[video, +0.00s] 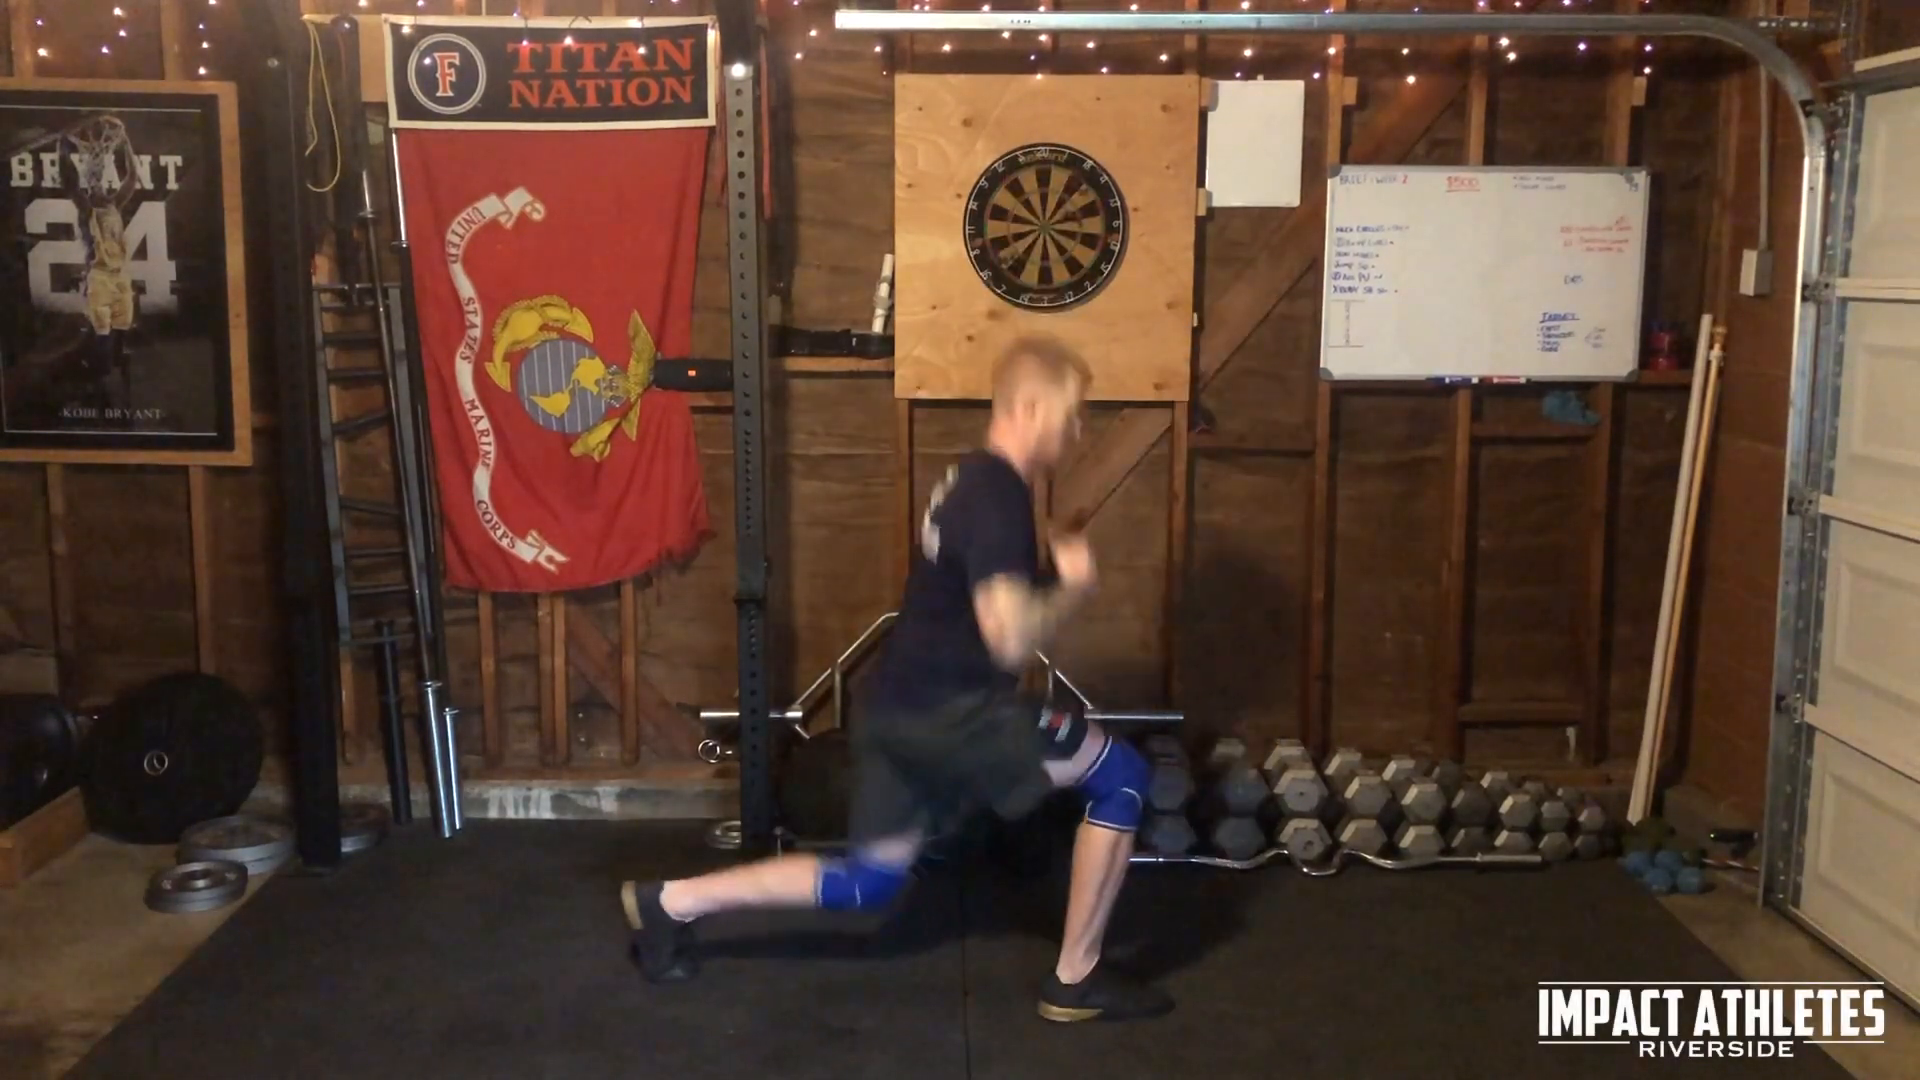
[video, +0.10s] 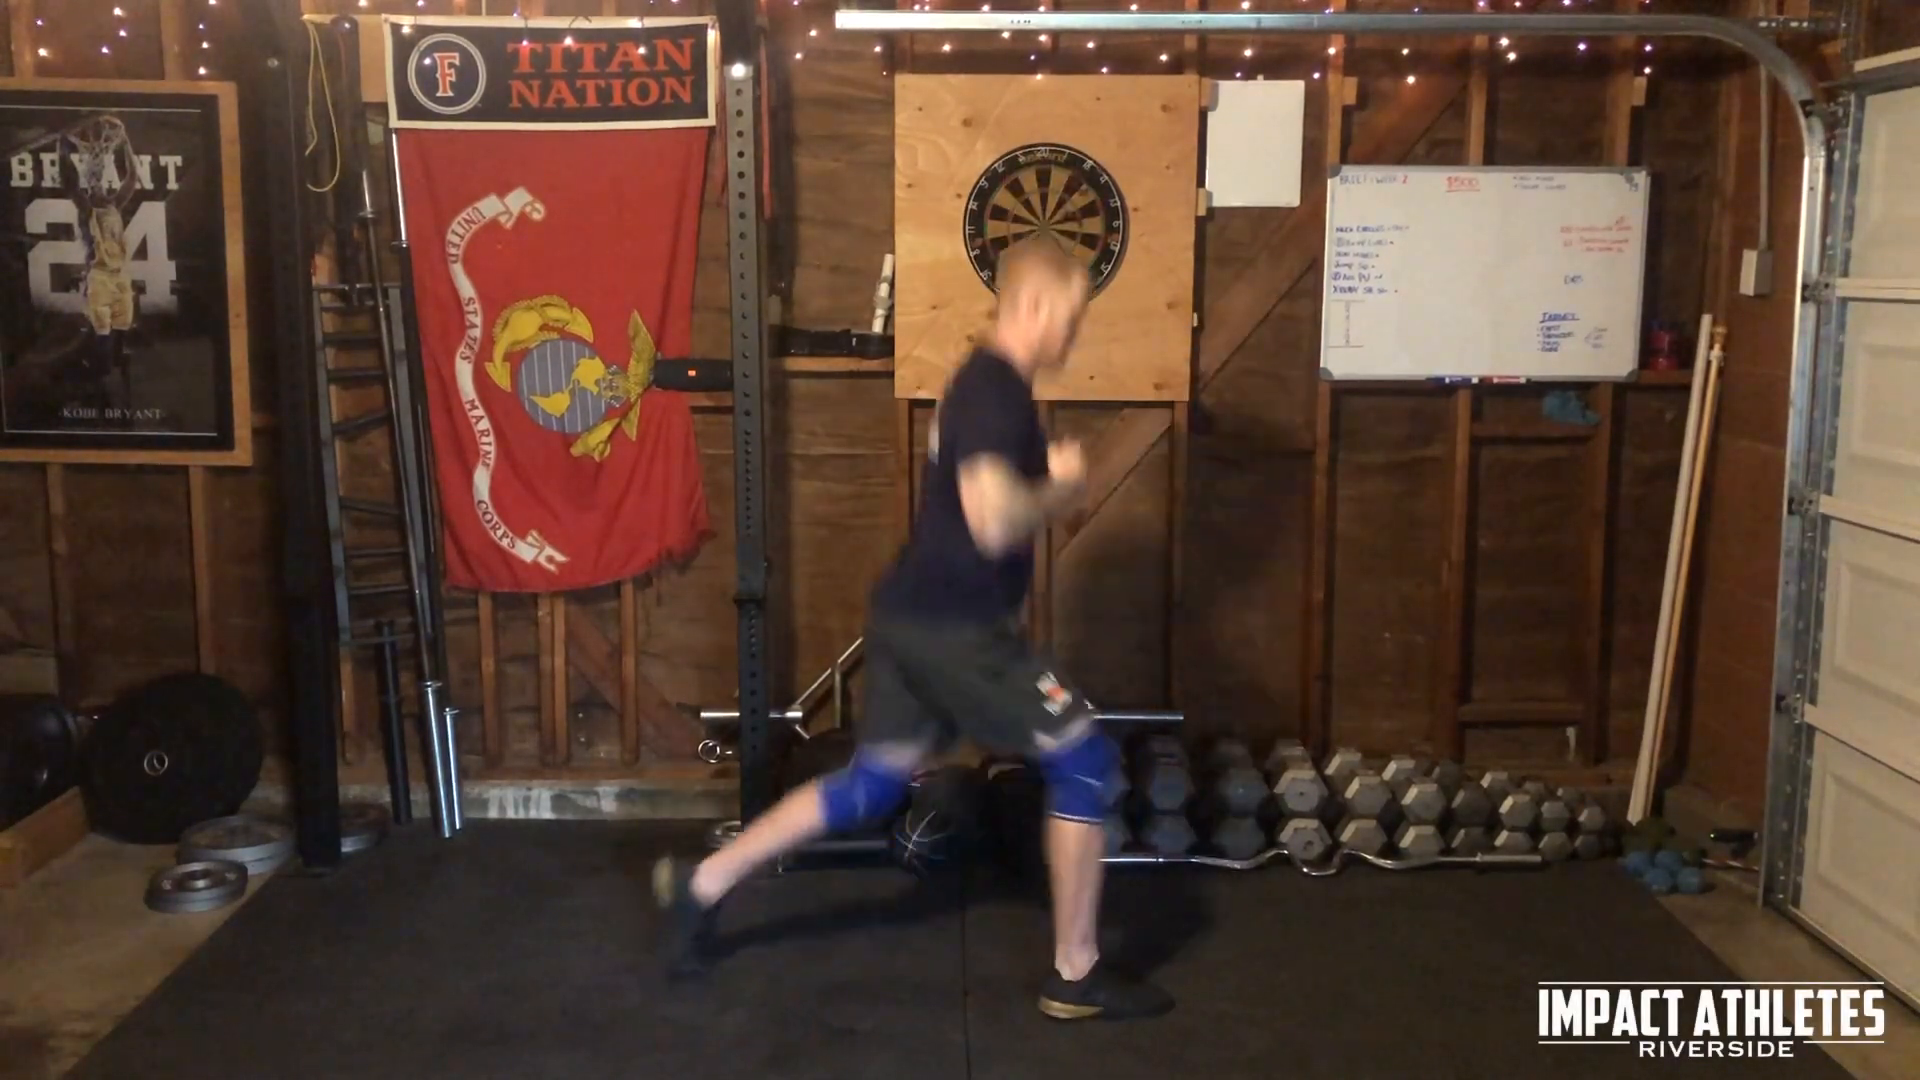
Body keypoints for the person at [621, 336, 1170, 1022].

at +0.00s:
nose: (1077, 428)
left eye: (1078, 411)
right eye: (1072, 410)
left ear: (1015, 406)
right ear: (1032, 410)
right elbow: (1010, 636)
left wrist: (1047, 569)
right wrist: (1072, 590)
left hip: (903, 709)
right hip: (950, 712)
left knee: (867, 880)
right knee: (1120, 778)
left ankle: (667, 902)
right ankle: (1078, 975)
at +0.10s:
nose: (1075, 333)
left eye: (1079, 316)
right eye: (1071, 314)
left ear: (1018, 309)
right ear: (1033, 307)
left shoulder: (992, 383)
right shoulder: (994, 389)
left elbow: (1002, 507)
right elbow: (993, 522)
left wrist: (1052, 495)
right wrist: (1061, 487)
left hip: (911, 619)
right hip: (950, 626)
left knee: (871, 784)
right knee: (1083, 758)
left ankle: (700, 883)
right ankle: (1077, 970)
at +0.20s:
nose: (1087, 258)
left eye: (1091, 241)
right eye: (1086, 238)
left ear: (1020, 225)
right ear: (1044, 227)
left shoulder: (992, 304)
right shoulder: (1000, 309)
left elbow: (974, 412)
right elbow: (981, 432)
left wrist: (1041, 394)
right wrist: (1055, 415)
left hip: (917, 537)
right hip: (949, 545)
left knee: (922, 720)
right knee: (1023, 725)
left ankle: (770, 853)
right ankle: (999, 938)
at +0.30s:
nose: (1093, 233)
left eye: (1099, 217)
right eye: (1093, 212)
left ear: (1035, 193)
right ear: (1048, 193)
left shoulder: (994, 266)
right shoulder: (1001, 271)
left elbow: (979, 389)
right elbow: (984, 402)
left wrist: (1047, 381)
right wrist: (1066, 392)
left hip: (948, 515)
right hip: (944, 520)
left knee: (966, 698)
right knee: (978, 707)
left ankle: (873, 874)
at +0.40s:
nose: (1092, 254)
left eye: (1099, 238)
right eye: (1093, 234)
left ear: (1039, 214)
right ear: (1051, 214)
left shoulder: (1001, 286)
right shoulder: (999, 293)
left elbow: (946, 363)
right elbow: (986, 423)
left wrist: (1032, 407)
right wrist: (1066, 417)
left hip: (971, 544)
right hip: (939, 544)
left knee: (1012, 706)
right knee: (923, 737)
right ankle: (740, 868)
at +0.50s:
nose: (1088, 317)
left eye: (1092, 300)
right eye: (1085, 299)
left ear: (1039, 286)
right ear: (1046, 288)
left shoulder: (1013, 362)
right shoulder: (1000, 362)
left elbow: (998, 476)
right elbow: (979, 492)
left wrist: (1049, 478)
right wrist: (1060, 484)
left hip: (984, 623)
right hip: (937, 622)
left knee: (1062, 737)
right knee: (863, 796)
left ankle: (1054, 937)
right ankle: (669, 899)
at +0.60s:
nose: (1091, 406)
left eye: (1093, 391)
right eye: (1086, 390)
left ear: (1032, 382)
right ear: (1041, 382)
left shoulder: (1010, 448)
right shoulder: (1002, 456)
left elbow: (977, 561)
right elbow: (967, 587)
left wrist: (1045, 580)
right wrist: (1052, 596)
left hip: (992, 673)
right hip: (932, 688)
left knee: (1109, 758)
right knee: (856, 883)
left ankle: (1058, 935)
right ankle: (643, 942)